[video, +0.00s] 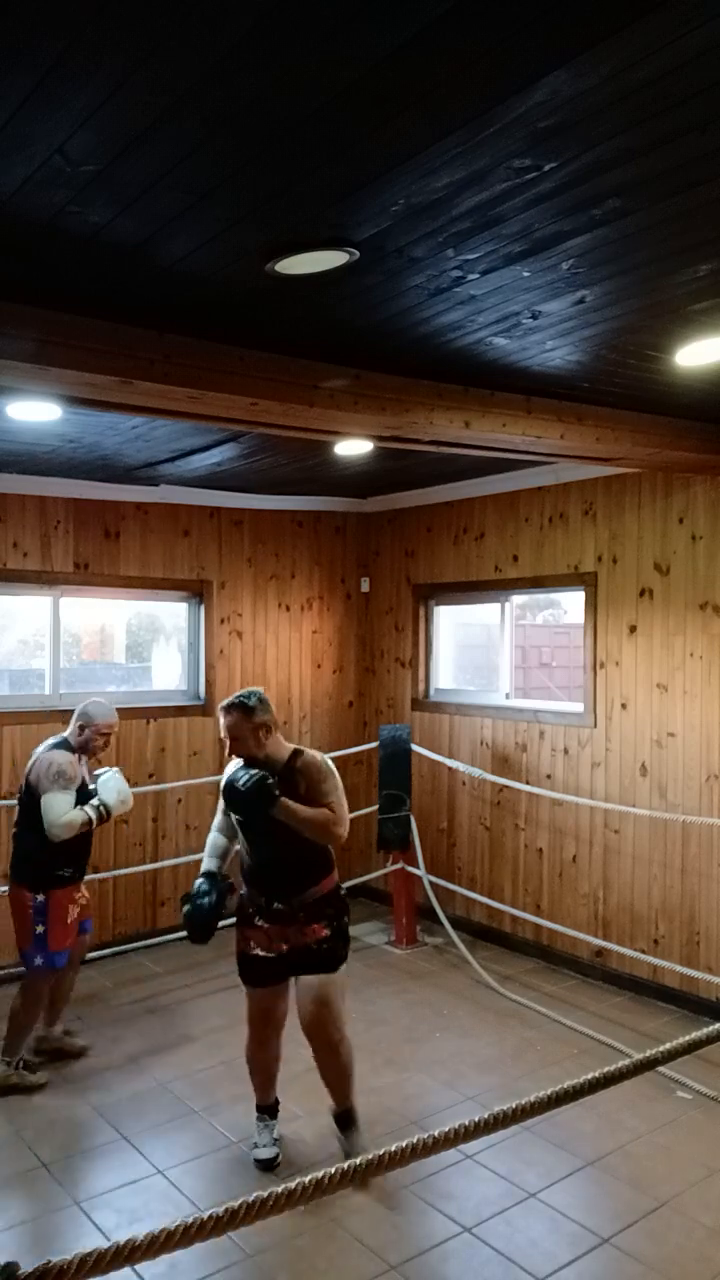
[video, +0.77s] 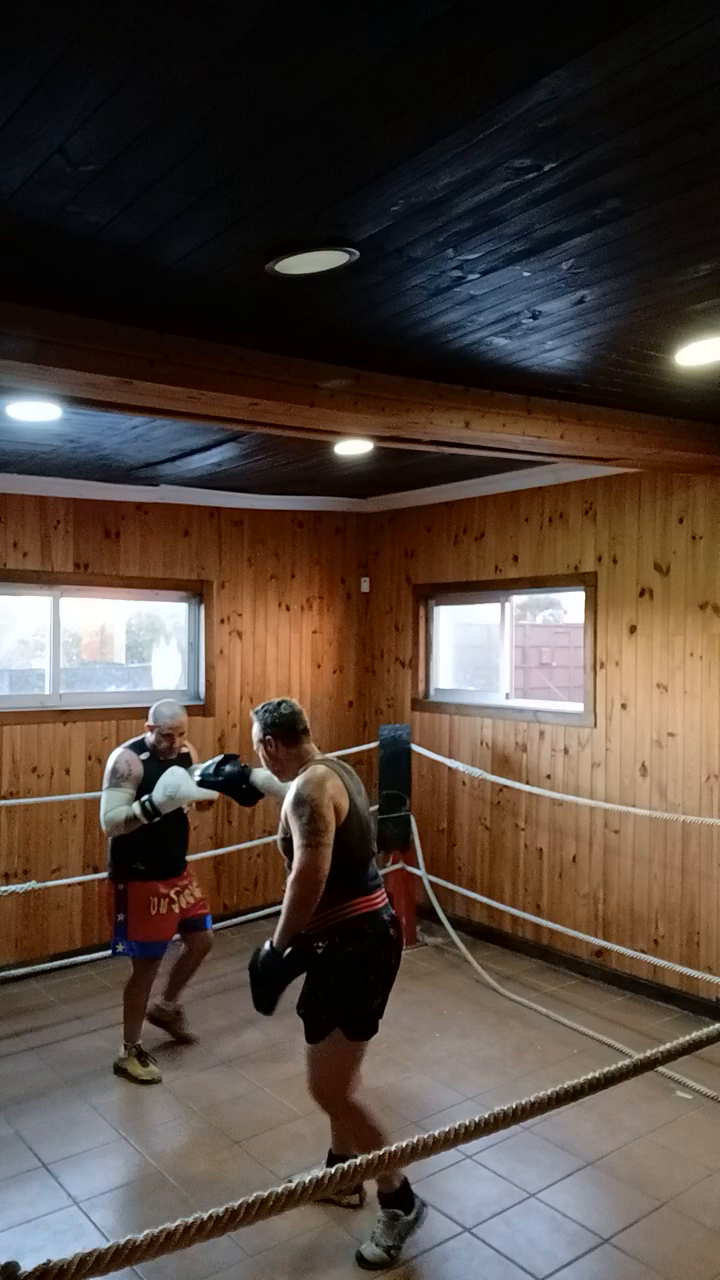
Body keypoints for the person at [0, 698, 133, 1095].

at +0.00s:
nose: (107, 743)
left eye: (110, 736)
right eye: (103, 736)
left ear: (92, 730)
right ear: (81, 729)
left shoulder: (76, 756)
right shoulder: (56, 760)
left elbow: (73, 806)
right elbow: (58, 826)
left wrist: (101, 794)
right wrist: (102, 806)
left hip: (65, 880)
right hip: (39, 885)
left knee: (78, 941)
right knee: (44, 970)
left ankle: (50, 1032)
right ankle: (9, 1060)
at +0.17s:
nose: (124, 744)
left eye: (128, 738)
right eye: (119, 737)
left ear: (126, 736)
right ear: (99, 732)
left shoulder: (109, 762)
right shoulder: (70, 762)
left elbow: (101, 806)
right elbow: (53, 818)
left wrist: (130, 795)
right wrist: (106, 811)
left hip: (93, 880)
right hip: (65, 884)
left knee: (104, 948)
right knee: (84, 963)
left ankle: (80, 1032)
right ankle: (23, 1046)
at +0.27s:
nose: (133, 745)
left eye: (138, 738)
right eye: (128, 737)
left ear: (139, 735)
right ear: (107, 729)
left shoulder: (126, 758)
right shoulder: (78, 759)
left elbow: (126, 804)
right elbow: (46, 812)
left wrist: (148, 796)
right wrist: (96, 812)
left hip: (107, 875)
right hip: (77, 877)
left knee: (109, 958)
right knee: (107, 961)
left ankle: (80, 1032)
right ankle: (51, 1039)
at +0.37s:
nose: (142, 739)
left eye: (146, 731)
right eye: (135, 731)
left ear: (148, 728)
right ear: (115, 723)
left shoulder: (139, 755)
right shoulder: (85, 754)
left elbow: (150, 805)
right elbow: (49, 806)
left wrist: (159, 791)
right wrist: (94, 807)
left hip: (120, 867)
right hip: (92, 868)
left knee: (105, 953)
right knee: (120, 954)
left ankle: (84, 1030)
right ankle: (85, 1039)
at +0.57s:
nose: (157, 741)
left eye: (161, 733)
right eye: (149, 734)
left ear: (165, 730)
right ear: (130, 730)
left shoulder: (162, 754)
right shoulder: (103, 761)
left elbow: (183, 788)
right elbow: (77, 819)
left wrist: (181, 782)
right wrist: (119, 809)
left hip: (148, 871)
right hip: (115, 875)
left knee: (135, 953)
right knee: (135, 956)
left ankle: (91, 1019)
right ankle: (129, 1049)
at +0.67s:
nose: (165, 744)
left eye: (168, 737)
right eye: (156, 738)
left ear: (174, 731)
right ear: (137, 734)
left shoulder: (173, 757)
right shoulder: (113, 765)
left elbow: (195, 807)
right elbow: (96, 827)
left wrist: (196, 790)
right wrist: (140, 810)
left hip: (163, 877)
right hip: (128, 881)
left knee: (179, 948)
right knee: (143, 964)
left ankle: (122, 1003)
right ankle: (129, 1051)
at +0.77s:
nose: (176, 741)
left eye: (180, 734)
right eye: (167, 735)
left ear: (186, 729)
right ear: (150, 730)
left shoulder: (184, 754)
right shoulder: (125, 761)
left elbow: (193, 799)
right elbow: (110, 822)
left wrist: (214, 781)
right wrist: (156, 804)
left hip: (178, 873)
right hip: (140, 880)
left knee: (200, 940)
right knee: (146, 964)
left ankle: (166, 1006)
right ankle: (130, 1050)